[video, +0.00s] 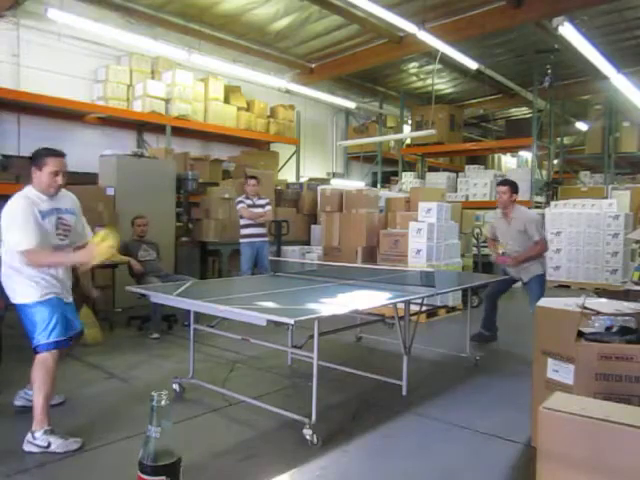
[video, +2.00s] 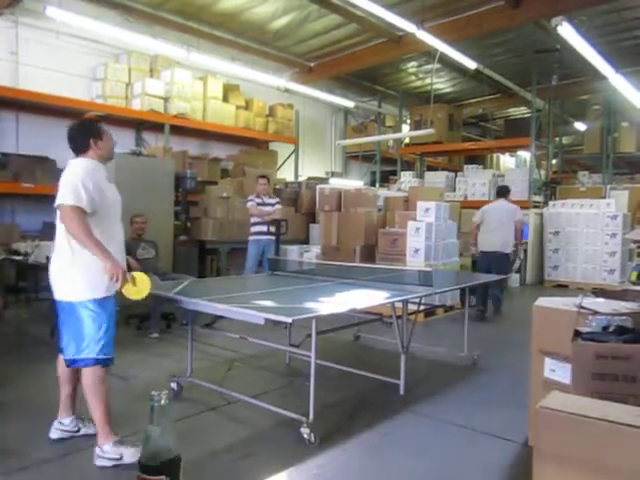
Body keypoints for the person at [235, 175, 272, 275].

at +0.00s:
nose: (252, 188)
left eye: (255, 185)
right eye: (249, 185)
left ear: (258, 187)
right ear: (245, 187)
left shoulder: (265, 200)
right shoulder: (240, 200)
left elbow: (269, 216)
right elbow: (246, 214)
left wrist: (254, 219)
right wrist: (262, 214)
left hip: (262, 239)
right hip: (247, 239)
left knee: (265, 269)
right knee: (246, 270)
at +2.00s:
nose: (263, 187)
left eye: (265, 184)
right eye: (260, 184)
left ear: (268, 186)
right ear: (256, 186)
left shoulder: (275, 199)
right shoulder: (252, 198)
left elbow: (278, 215)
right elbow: (253, 211)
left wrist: (263, 217)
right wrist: (271, 212)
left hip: (270, 237)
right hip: (255, 237)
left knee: (269, 266)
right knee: (250, 267)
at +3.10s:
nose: (248, 186)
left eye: (250, 184)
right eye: (245, 184)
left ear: (254, 185)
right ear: (241, 186)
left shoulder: (259, 199)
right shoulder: (236, 199)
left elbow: (266, 216)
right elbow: (243, 212)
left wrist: (251, 217)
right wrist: (258, 212)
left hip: (258, 238)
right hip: (242, 239)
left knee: (262, 269)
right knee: (244, 270)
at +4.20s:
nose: (262, 188)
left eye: (264, 185)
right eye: (259, 185)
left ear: (268, 186)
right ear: (256, 187)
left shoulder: (274, 201)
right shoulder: (251, 200)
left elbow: (279, 215)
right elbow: (256, 213)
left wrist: (266, 218)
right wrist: (272, 213)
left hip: (270, 239)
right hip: (254, 239)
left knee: (268, 269)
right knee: (251, 269)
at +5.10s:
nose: (252, 187)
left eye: (255, 185)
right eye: (250, 185)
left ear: (258, 186)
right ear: (246, 186)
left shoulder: (264, 202)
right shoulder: (240, 199)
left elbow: (269, 216)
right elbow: (246, 212)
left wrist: (254, 217)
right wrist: (262, 214)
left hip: (261, 239)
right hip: (245, 239)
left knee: (263, 269)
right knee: (247, 270)